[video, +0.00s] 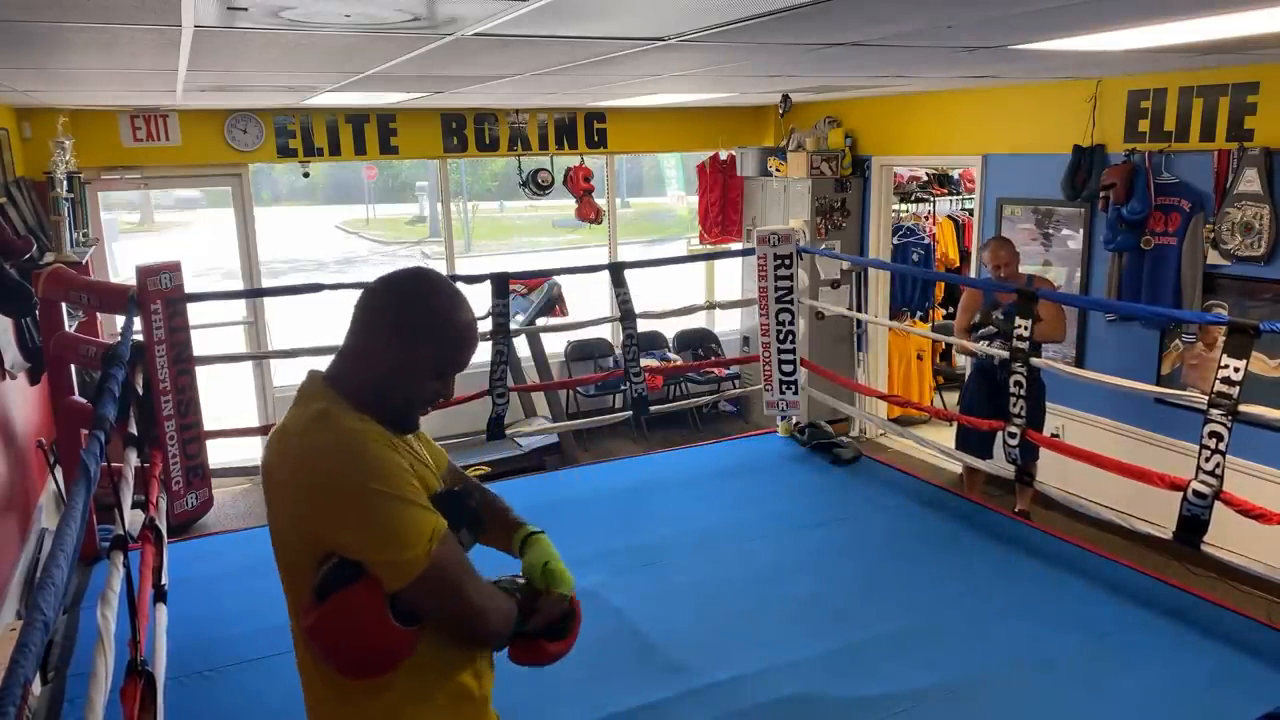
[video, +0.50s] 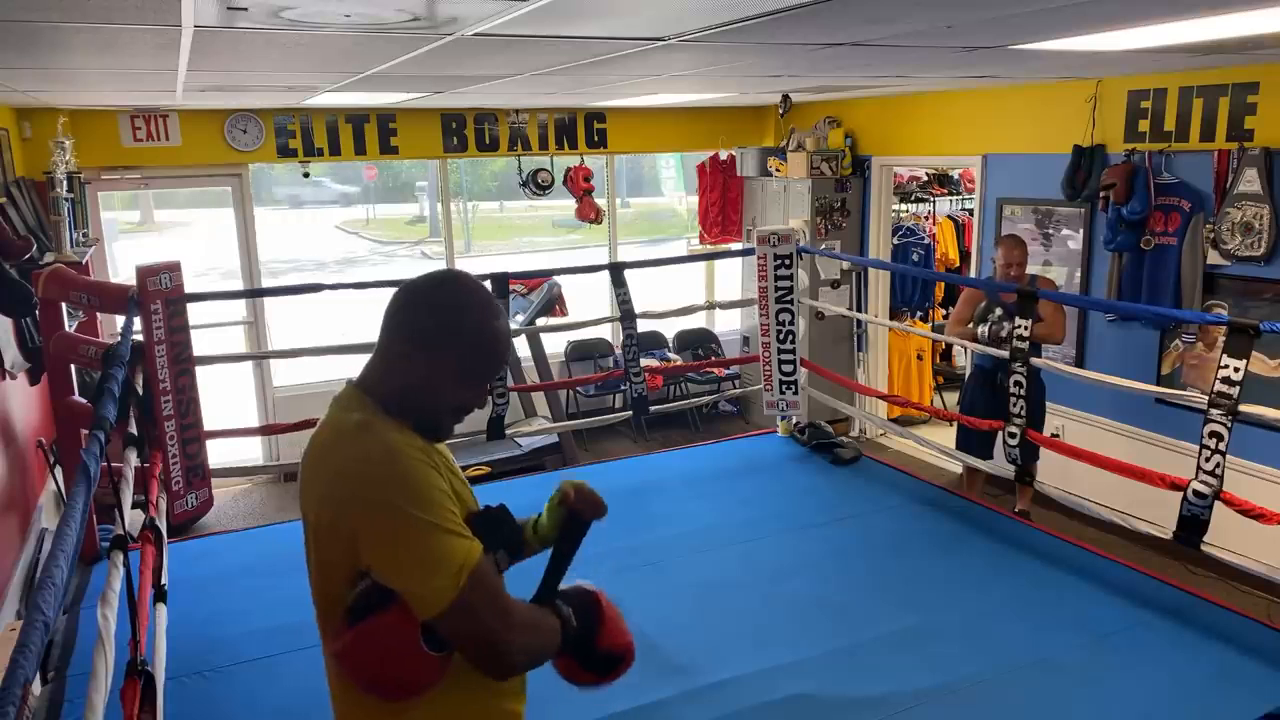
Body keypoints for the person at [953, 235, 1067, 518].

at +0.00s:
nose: (1002, 274)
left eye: (1006, 266)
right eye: (994, 268)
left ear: (1018, 259)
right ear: (984, 266)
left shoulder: (1040, 286)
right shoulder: (976, 290)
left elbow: (1057, 331)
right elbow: (960, 335)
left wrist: (1016, 330)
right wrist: (980, 348)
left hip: (1025, 380)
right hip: (983, 378)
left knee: (1026, 448)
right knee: (974, 445)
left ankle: (1022, 513)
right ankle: (971, 505)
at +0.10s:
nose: (1003, 273)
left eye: (1008, 266)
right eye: (997, 267)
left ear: (1020, 260)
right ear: (987, 264)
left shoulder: (1041, 286)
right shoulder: (977, 289)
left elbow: (1057, 331)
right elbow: (958, 331)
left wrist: (1016, 332)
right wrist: (979, 346)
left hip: (1025, 381)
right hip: (983, 378)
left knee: (1026, 448)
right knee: (974, 445)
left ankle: (1022, 512)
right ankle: (971, 505)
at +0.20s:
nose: (1004, 271)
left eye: (1010, 265)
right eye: (999, 266)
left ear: (1022, 261)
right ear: (989, 264)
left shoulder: (1041, 286)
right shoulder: (978, 287)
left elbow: (1057, 331)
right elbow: (955, 330)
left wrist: (1016, 331)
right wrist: (982, 342)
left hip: (1025, 381)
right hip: (983, 378)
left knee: (1026, 449)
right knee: (974, 446)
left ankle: (1022, 513)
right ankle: (971, 505)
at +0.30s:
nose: (1010, 272)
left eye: (1015, 266)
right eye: (1003, 266)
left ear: (1024, 262)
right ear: (992, 262)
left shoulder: (1042, 287)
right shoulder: (977, 290)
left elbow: (1057, 333)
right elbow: (954, 331)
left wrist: (1015, 330)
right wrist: (985, 340)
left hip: (1025, 382)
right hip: (984, 379)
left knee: (1026, 449)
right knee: (974, 447)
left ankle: (1022, 514)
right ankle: (970, 508)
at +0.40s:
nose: (1013, 273)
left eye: (1018, 266)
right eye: (1006, 267)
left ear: (1026, 262)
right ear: (994, 263)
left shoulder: (1042, 287)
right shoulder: (978, 289)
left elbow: (1056, 333)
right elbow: (953, 330)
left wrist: (1016, 330)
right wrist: (984, 335)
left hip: (1025, 381)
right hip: (984, 379)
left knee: (1026, 449)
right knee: (974, 447)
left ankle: (1022, 513)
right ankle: (970, 506)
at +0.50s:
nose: (1014, 272)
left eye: (1020, 265)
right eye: (1008, 266)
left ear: (1027, 262)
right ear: (995, 262)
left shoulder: (1043, 287)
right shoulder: (978, 289)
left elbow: (1056, 333)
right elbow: (952, 330)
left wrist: (1016, 329)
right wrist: (985, 331)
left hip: (1025, 381)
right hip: (984, 378)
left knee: (1026, 449)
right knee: (974, 446)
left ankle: (1022, 514)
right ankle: (969, 507)